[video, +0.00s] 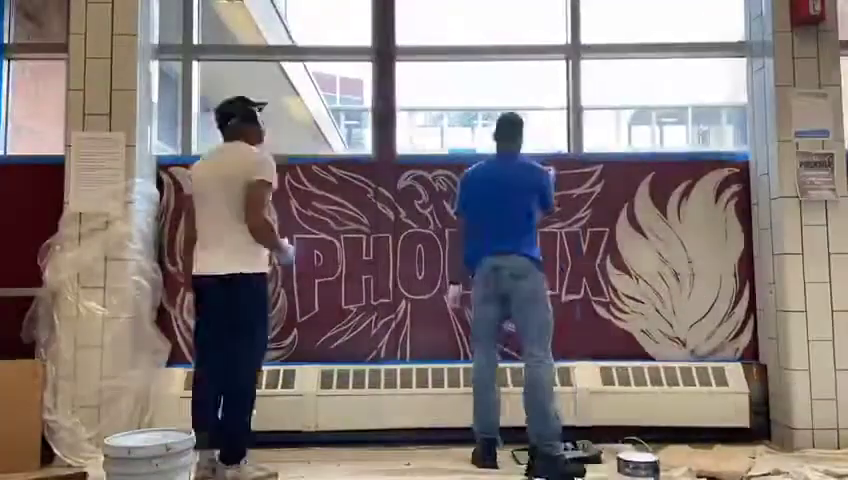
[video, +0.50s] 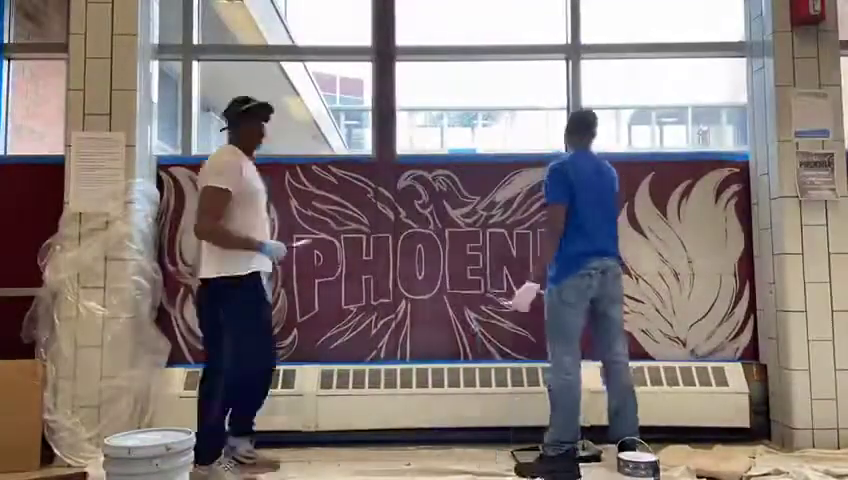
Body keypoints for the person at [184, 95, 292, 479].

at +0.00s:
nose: (263, 130)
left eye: (260, 123)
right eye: (259, 123)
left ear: (224, 128)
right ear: (250, 125)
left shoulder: (202, 165)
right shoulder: (258, 159)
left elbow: (190, 231)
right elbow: (256, 221)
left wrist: (189, 276)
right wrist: (281, 248)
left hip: (206, 277)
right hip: (243, 278)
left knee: (208, 365)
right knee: (243, 369)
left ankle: (203, 451)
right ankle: (233, 460)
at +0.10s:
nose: (240, 136)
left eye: (239, 129)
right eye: (236, 129)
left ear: (205, 130)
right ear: (219, 130)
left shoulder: (181, 166)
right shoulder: (227, 165)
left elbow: (165, 223)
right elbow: (218, 224)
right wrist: (253, 252)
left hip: (178, 277)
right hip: (210, 279)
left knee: (183, 368)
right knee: (217, 369)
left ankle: (182, 454)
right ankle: (219, 457)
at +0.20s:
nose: (248, 136)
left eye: (248, 129)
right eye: (246, 129)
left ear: (213, 124)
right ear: (233, 124)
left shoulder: (181, 165)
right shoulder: (242, 164)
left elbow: (168, 224)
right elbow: (238, 226)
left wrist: (170, 272)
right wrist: (263, 253)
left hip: (189, 281)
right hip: (222, 283)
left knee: (199, 369)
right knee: (214, 374)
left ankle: (182, 453)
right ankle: (199, 463)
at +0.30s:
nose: (218, 135)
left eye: (216, 128)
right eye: (213, 128)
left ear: (180, 128)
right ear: (197, 127)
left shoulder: (153, 166)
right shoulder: (202, 161)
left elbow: (141, 230)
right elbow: (195, 221)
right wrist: (228, 243)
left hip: (152, 280)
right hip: (187, 281)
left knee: (157, 376)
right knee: (196, 375)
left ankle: (155, 461)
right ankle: (198, 462)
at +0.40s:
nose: (220, 129)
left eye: (218, 123)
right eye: (215, 123)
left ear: (182, 126)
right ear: (194, 125)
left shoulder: (159, 163)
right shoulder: (198, 160)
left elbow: (149, 234)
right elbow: (192, 221)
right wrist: (234, 242)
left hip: (161, 278)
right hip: (190, 279)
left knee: (162, 370)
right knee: (197, 369)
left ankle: (154, 457)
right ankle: (199, 461)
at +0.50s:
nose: (264, 132)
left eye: (264, 125)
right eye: (259, 125)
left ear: (245, 126)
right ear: (241, 125)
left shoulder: (242, 164)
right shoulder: (225, 162)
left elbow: (231, 225)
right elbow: (205, 226)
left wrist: (264, 259)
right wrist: (262, 245)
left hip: (244, 281)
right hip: (226, 283)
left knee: (257, 362)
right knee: (224, 367)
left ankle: (239, 446)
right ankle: (209, 459)